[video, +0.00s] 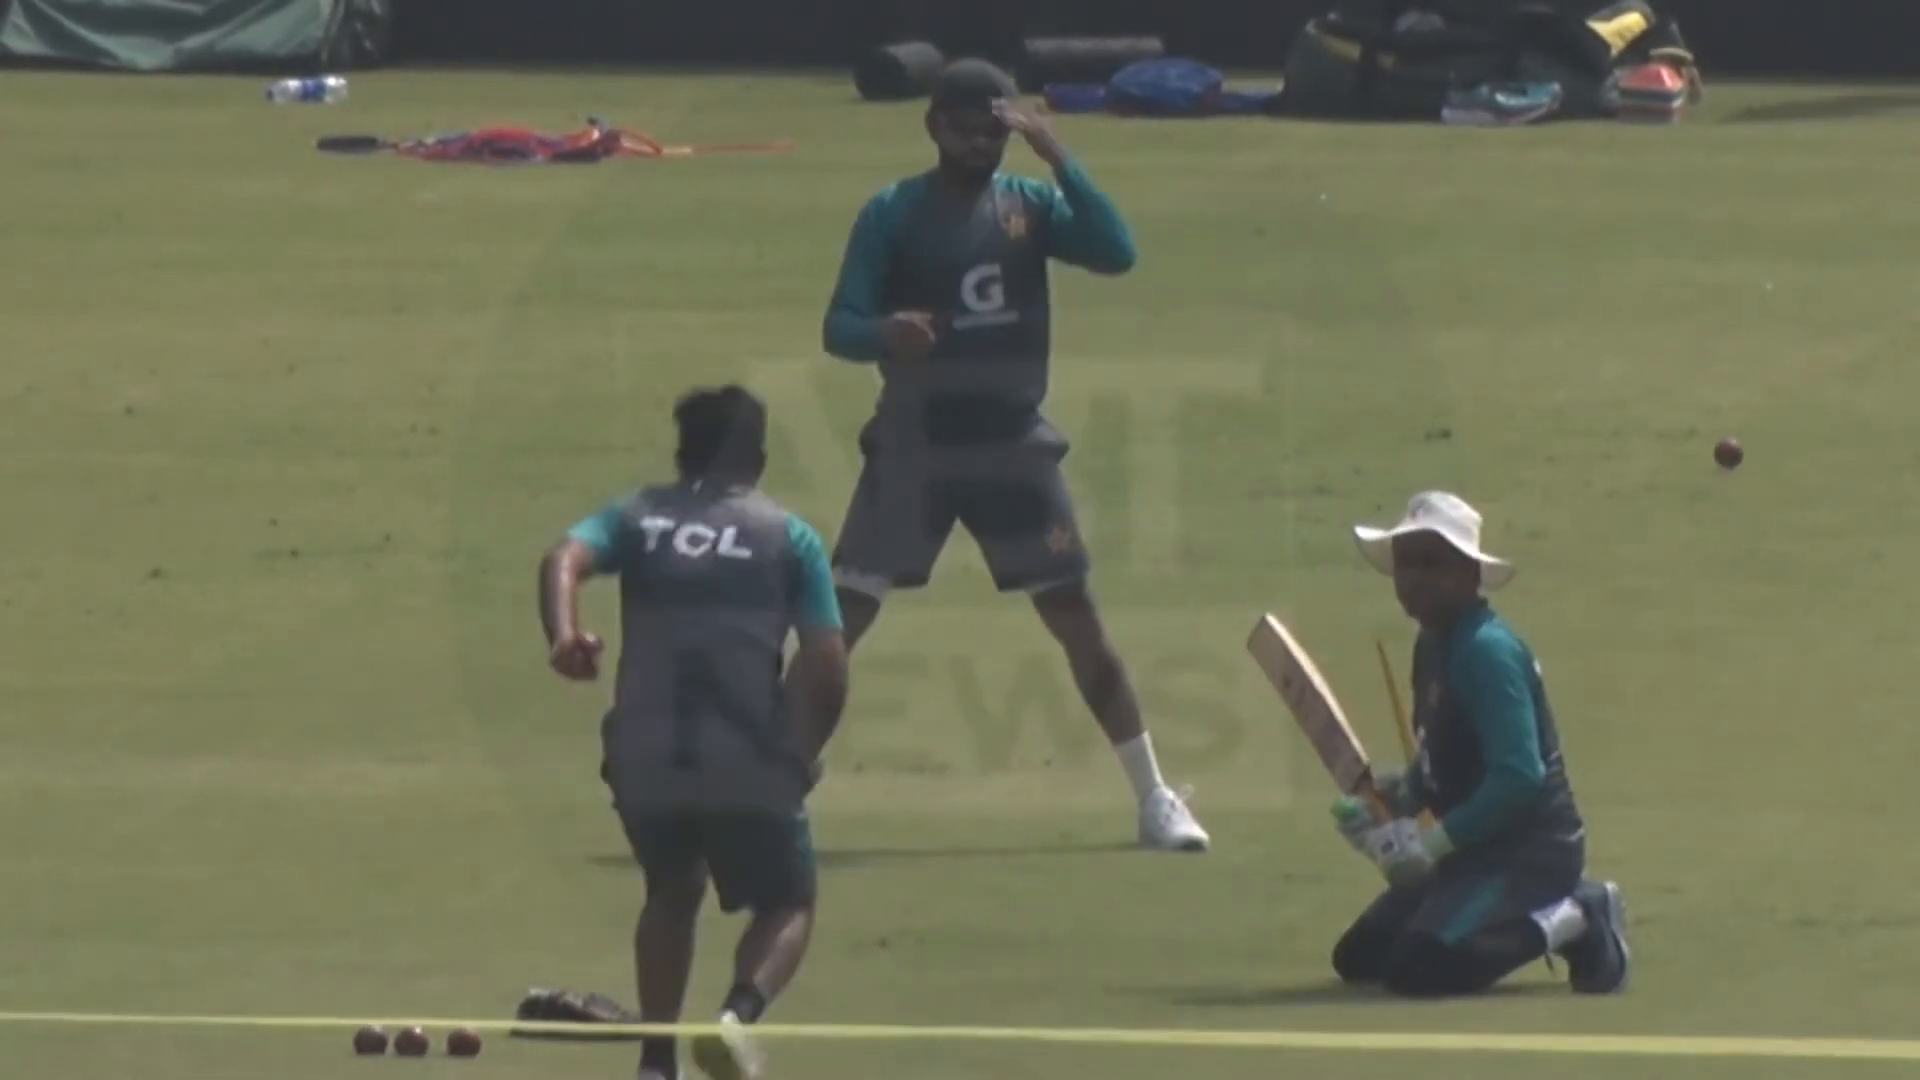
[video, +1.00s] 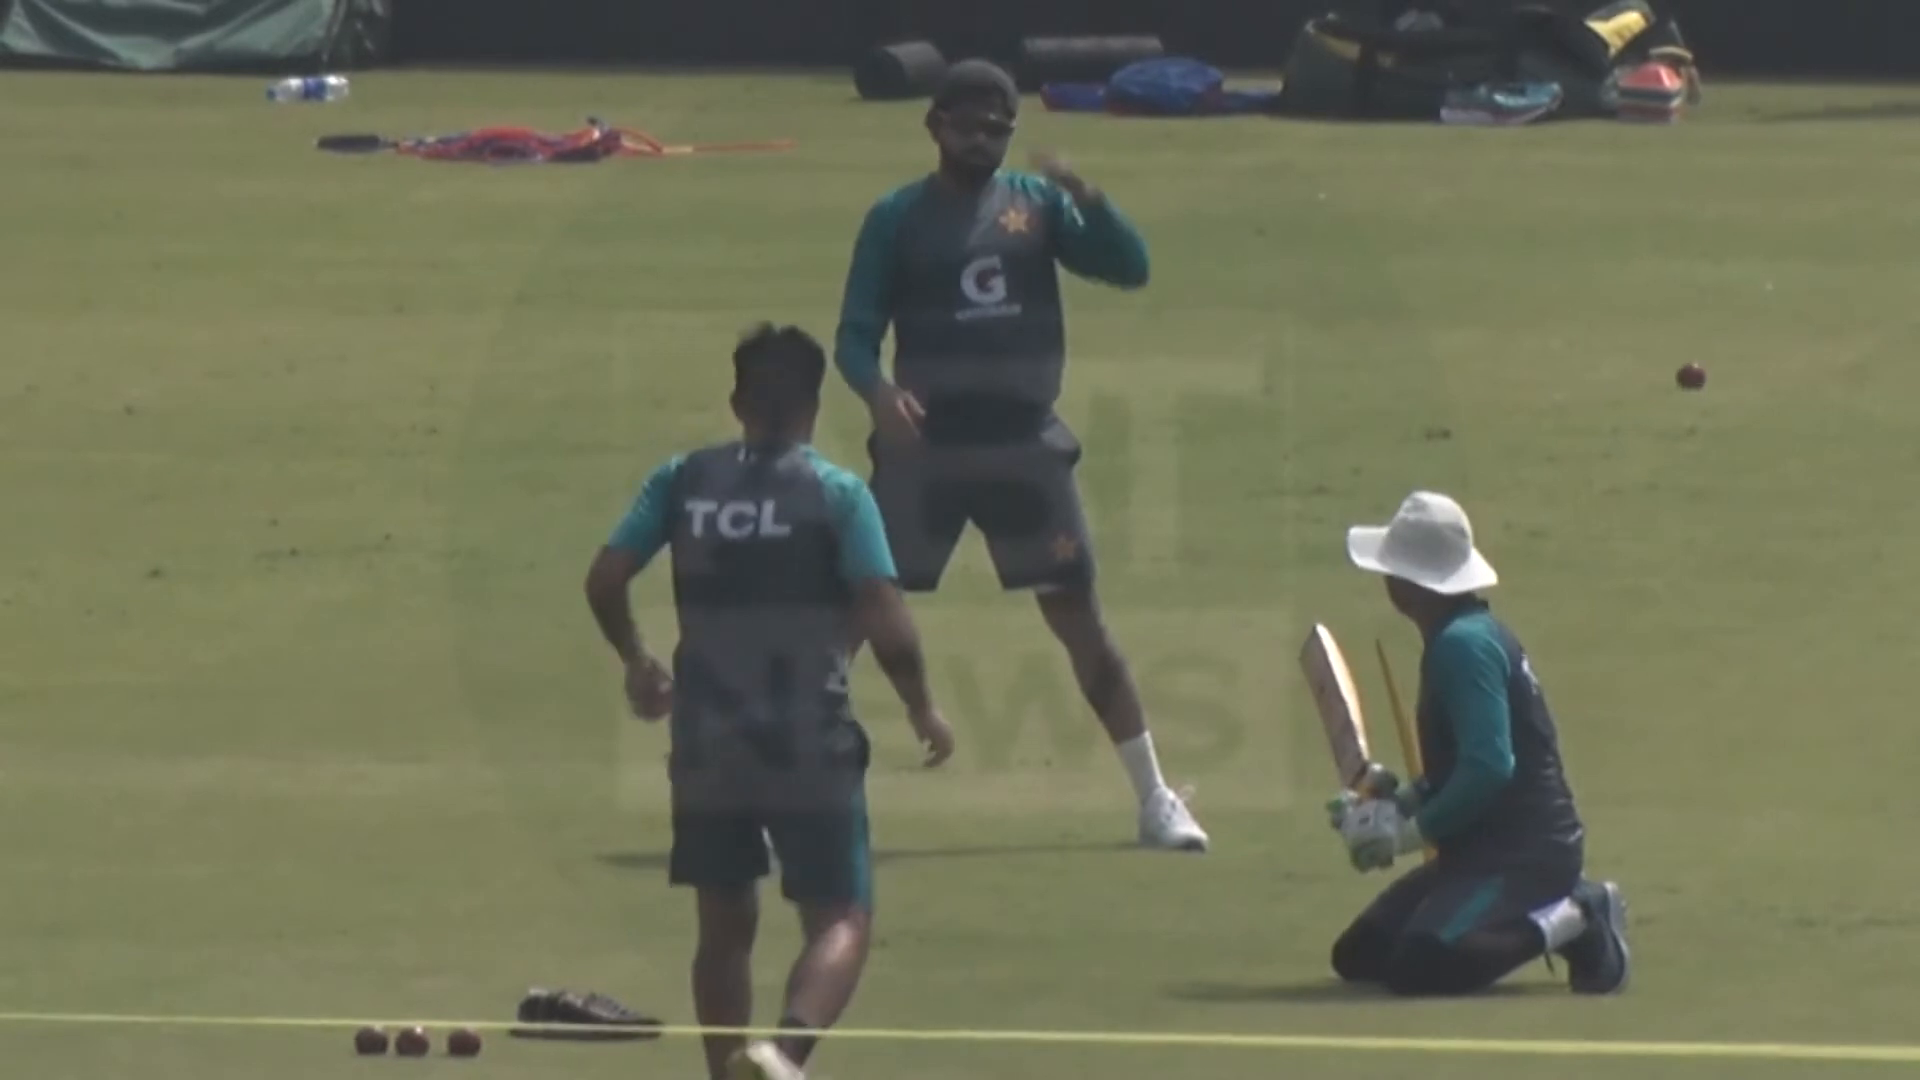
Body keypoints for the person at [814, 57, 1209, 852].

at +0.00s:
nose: (980, 136)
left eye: (992, 122)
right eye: (964, 121)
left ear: (1011, 130)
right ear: (934, 124)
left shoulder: (1028, 206)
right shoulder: (889, 216)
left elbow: (1115, 253)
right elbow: (840, 331)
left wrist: (1059, 157)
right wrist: (882, 337)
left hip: (1011, 446)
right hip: (910, 450)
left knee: (1076, 619)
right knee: (835, 629)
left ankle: (1155, 799)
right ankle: (772, 799)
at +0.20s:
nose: (977, 138)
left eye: (991, 125)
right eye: (962, 121)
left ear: (1010, 133)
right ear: (933, 124)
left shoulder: (1027, 205)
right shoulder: (891, 216)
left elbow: (1113, 221)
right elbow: (843, 327)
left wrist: (1040, 134)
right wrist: (874, 361)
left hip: (1016, 440)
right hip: (918, 442)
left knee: (1079, 622)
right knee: (852, 620)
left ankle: (1156, 798)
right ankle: (776, 781)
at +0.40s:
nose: (980, 140)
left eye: (993, 127)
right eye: (964, 123)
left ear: (1010, 135)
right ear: (934, 124)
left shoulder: (1028, 203)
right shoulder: (892, 217)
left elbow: (1108, 197)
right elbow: (850, 325)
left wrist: (1033, 118)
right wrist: (874, 374)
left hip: (1017, 437)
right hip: (920, 437)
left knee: (1078, 620)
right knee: (856, 605)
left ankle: (1155, 797)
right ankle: (803, 776)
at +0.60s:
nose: (983, 139)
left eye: (997, 127)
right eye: (968, 122)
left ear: (1013, 135)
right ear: (937, 125)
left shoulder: (1030, 204)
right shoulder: (894, 218)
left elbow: (1102, 182)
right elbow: (850, 335)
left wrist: (1027, 104)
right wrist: (877, 375)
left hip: (1021, 442)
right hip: (922, 443)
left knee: (1080, 624)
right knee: (844, 622)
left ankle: (1155, 798)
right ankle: (774, 784)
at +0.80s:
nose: (991, 138)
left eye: (1004, 126)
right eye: (976, 121)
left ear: (1020, 134)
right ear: (942, 122)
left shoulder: (1033, 203)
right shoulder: (898, 217)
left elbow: (1111, 196)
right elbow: (852, 334)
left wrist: (1047, 105)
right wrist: (875, 377)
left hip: (1023, 443)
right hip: (924, 443)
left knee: (1081, 624)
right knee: (851, 620)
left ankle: (1155, 798)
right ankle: (771, 775)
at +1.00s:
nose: (982, 140)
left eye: (996, 128)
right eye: (968, 126)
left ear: (1012, 135)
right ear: (936, 126)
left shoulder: (1035, 204)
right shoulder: (894, 221)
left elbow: (1128, 270)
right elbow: (853, 339)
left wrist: (1089, 204)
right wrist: (878, 393)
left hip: (1021, 439)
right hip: (922, 442)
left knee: (1079, 621)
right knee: (858, 608)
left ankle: (1155, 798)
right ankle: (782, 763)